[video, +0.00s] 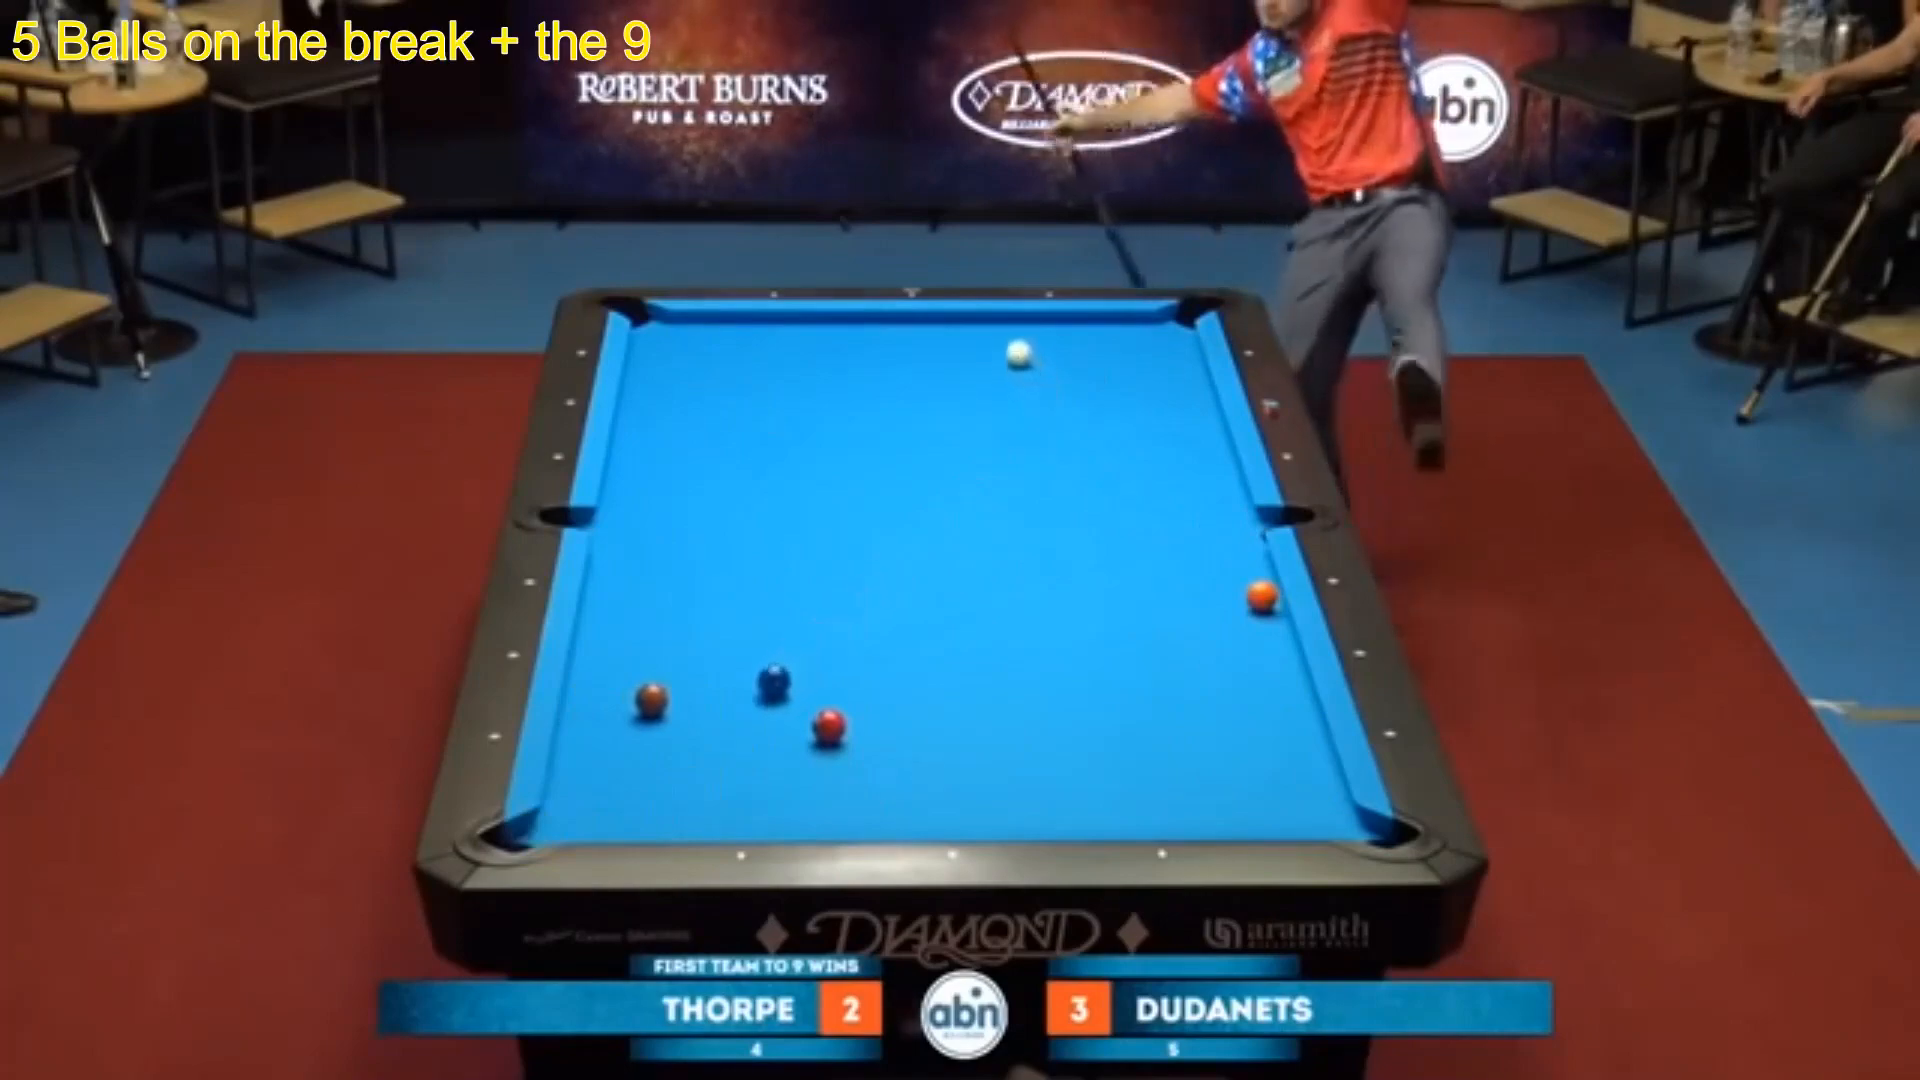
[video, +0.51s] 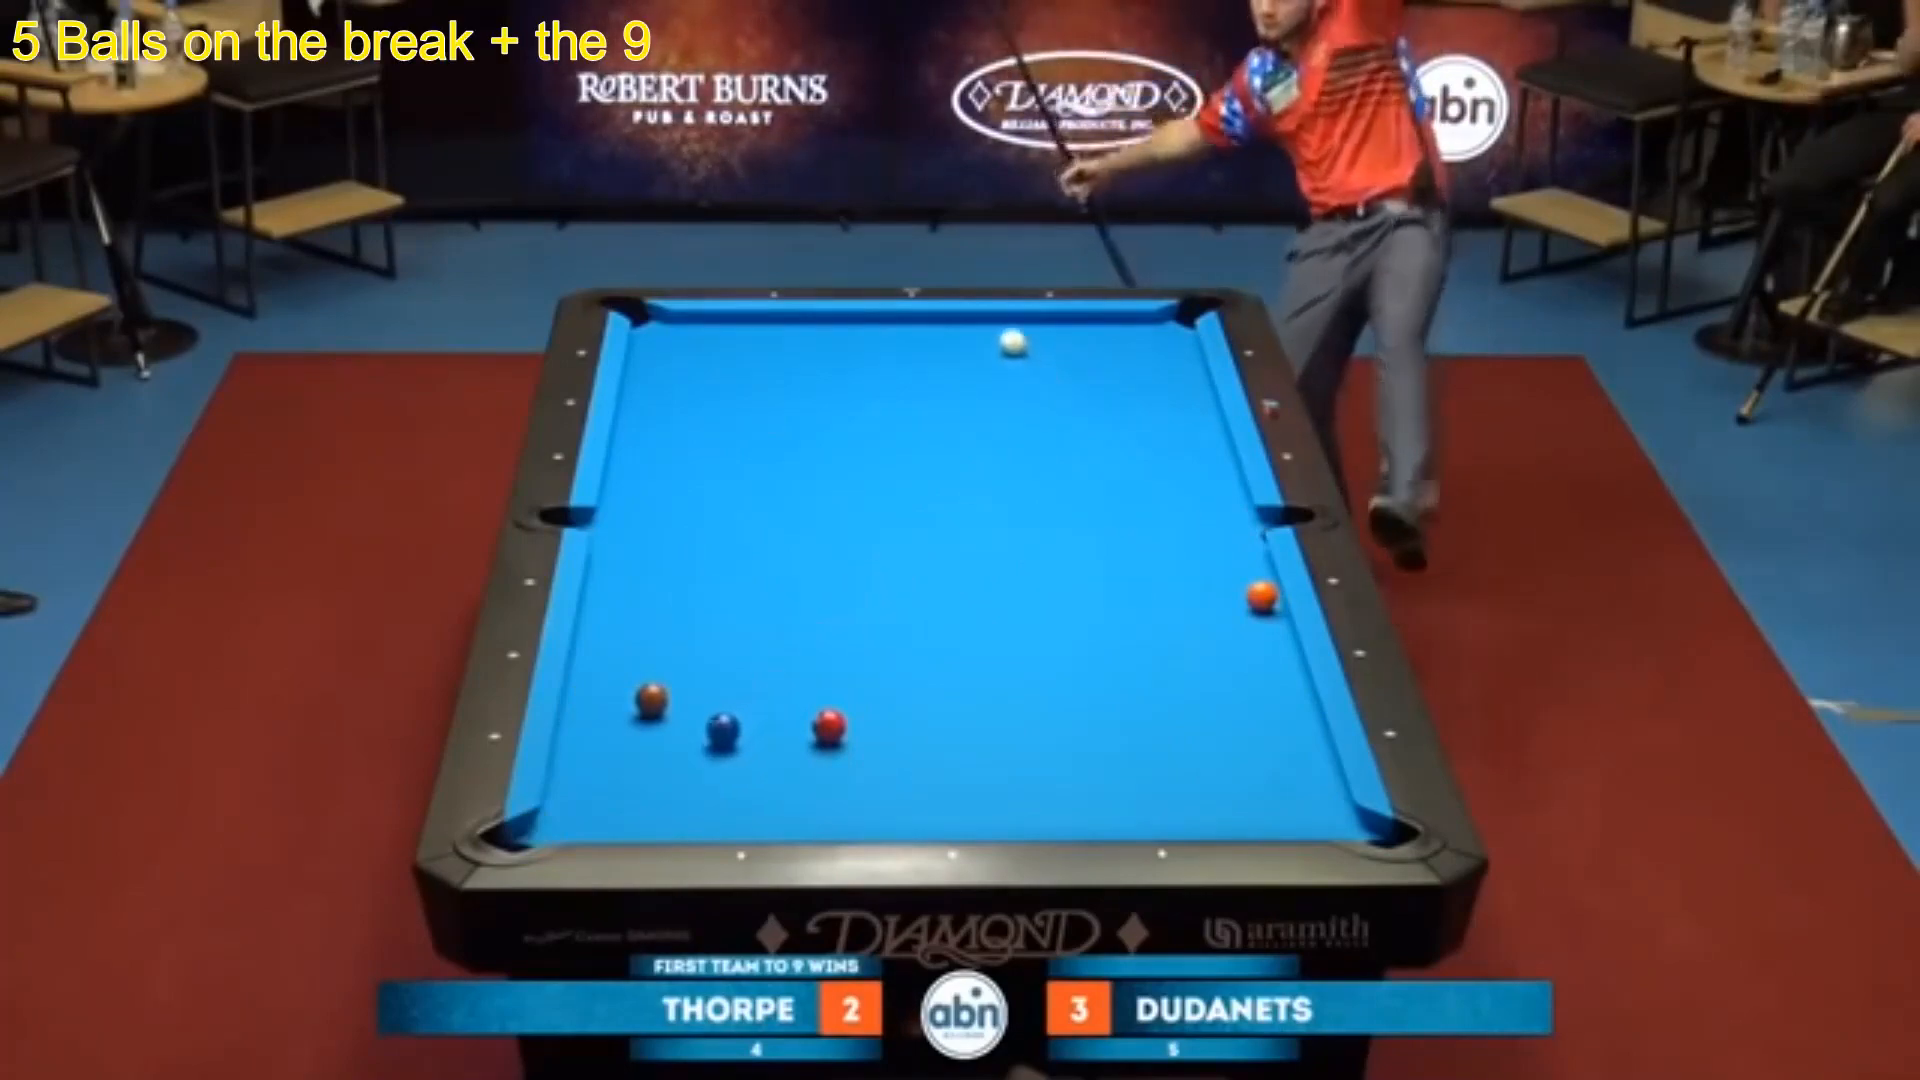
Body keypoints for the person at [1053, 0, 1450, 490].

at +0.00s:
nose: (1269, 7)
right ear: (1252, 3)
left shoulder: (1367, 16)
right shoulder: (1256, 65)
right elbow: (1175, 99)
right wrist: (1086, 120)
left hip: (1406, 203)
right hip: (1328, 224)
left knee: (1408, 292)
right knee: (1295, 374)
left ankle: (1423, 416)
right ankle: (1320, 518)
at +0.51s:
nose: (1264, 9)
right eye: (1256, 0)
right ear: (1249, 6)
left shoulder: (1362, 19)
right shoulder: (1257, 78)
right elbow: (1191, 133)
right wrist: (1106, 163)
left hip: (1406, 220)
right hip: (1329, 235)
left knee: (1399, 337)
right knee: (1290, 380)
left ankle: (1404, 505)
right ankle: (1317, 523)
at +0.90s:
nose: (1273, 15)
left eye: (1288, 3)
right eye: (1264, 4)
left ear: (1325, 4)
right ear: (1256, 9)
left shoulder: (1377, 70)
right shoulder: (1292, 64)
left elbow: (1420, 202)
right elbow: (1302, 178)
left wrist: (1410, 320)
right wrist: (1290, 272)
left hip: (1371, 276)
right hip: (1305, 267)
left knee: (1336, 449)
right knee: (1287, 432)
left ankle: (1368, 605)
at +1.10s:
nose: (1277, 41)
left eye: (1290, 23)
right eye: (1265, 26)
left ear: (1329, 10)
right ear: (1254, 21)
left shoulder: (1375, 86)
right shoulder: (1307, 61)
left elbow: (1405, 227)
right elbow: (1329, 169)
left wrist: (1378, 339)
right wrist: (1308, 249)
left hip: (1366, 278)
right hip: (1309, 257)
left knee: (1333, 448)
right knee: (1263, 399)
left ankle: (1368, 604)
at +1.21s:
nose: (1273, 42)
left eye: (1287, 25)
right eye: (1261, 28)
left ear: (1326, 12)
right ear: (1250, 20)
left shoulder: (1366, 94)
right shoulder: (1306, 57)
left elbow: (1385, 236)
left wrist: (1355, 347)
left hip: (1369, 271)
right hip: (1316, 249)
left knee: (1334, 441)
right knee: (1271, 389)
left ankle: (1365, 596)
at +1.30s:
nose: (1262, 49)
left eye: (1277, 33)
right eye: (1253, 34)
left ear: (1319, 20)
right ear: (1245, 24)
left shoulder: (1356, 97)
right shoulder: (1302, 50)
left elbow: (1363, 241)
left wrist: (1323, 351)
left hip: (1385, 255)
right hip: (1319, 231)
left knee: (1333, 426)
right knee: (1272, 379)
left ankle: (1369, 595)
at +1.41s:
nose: (1240, 59)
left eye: (1254, 45)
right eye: (1232, 46)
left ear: (1297, 31)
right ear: (1224, 33)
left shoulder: (1336, 95)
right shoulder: (1286, 55)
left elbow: (1329, 239)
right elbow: (1306, 145)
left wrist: (1299, 352)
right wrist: (1288, 209)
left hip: (1378, 250)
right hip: (1310, 228)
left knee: (1337, 433)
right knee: (1277, 387)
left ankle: (1370, 600)